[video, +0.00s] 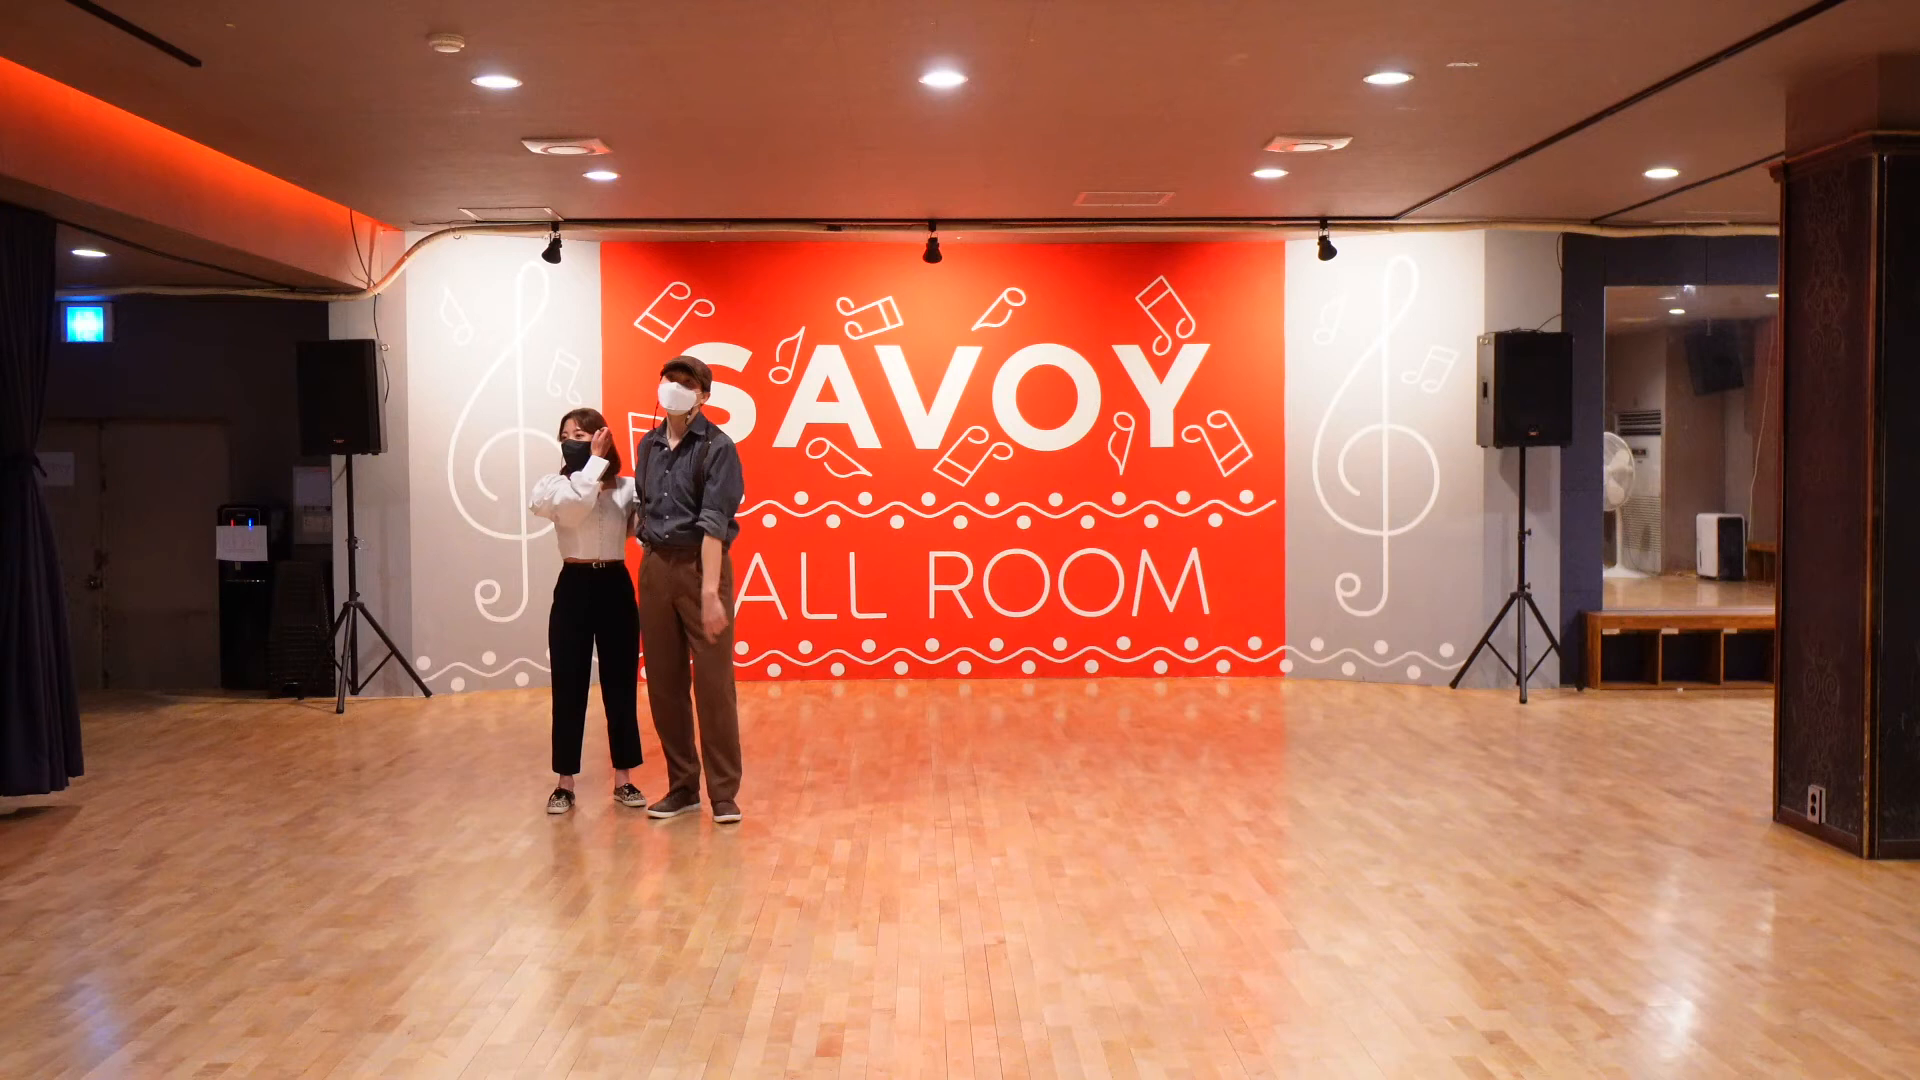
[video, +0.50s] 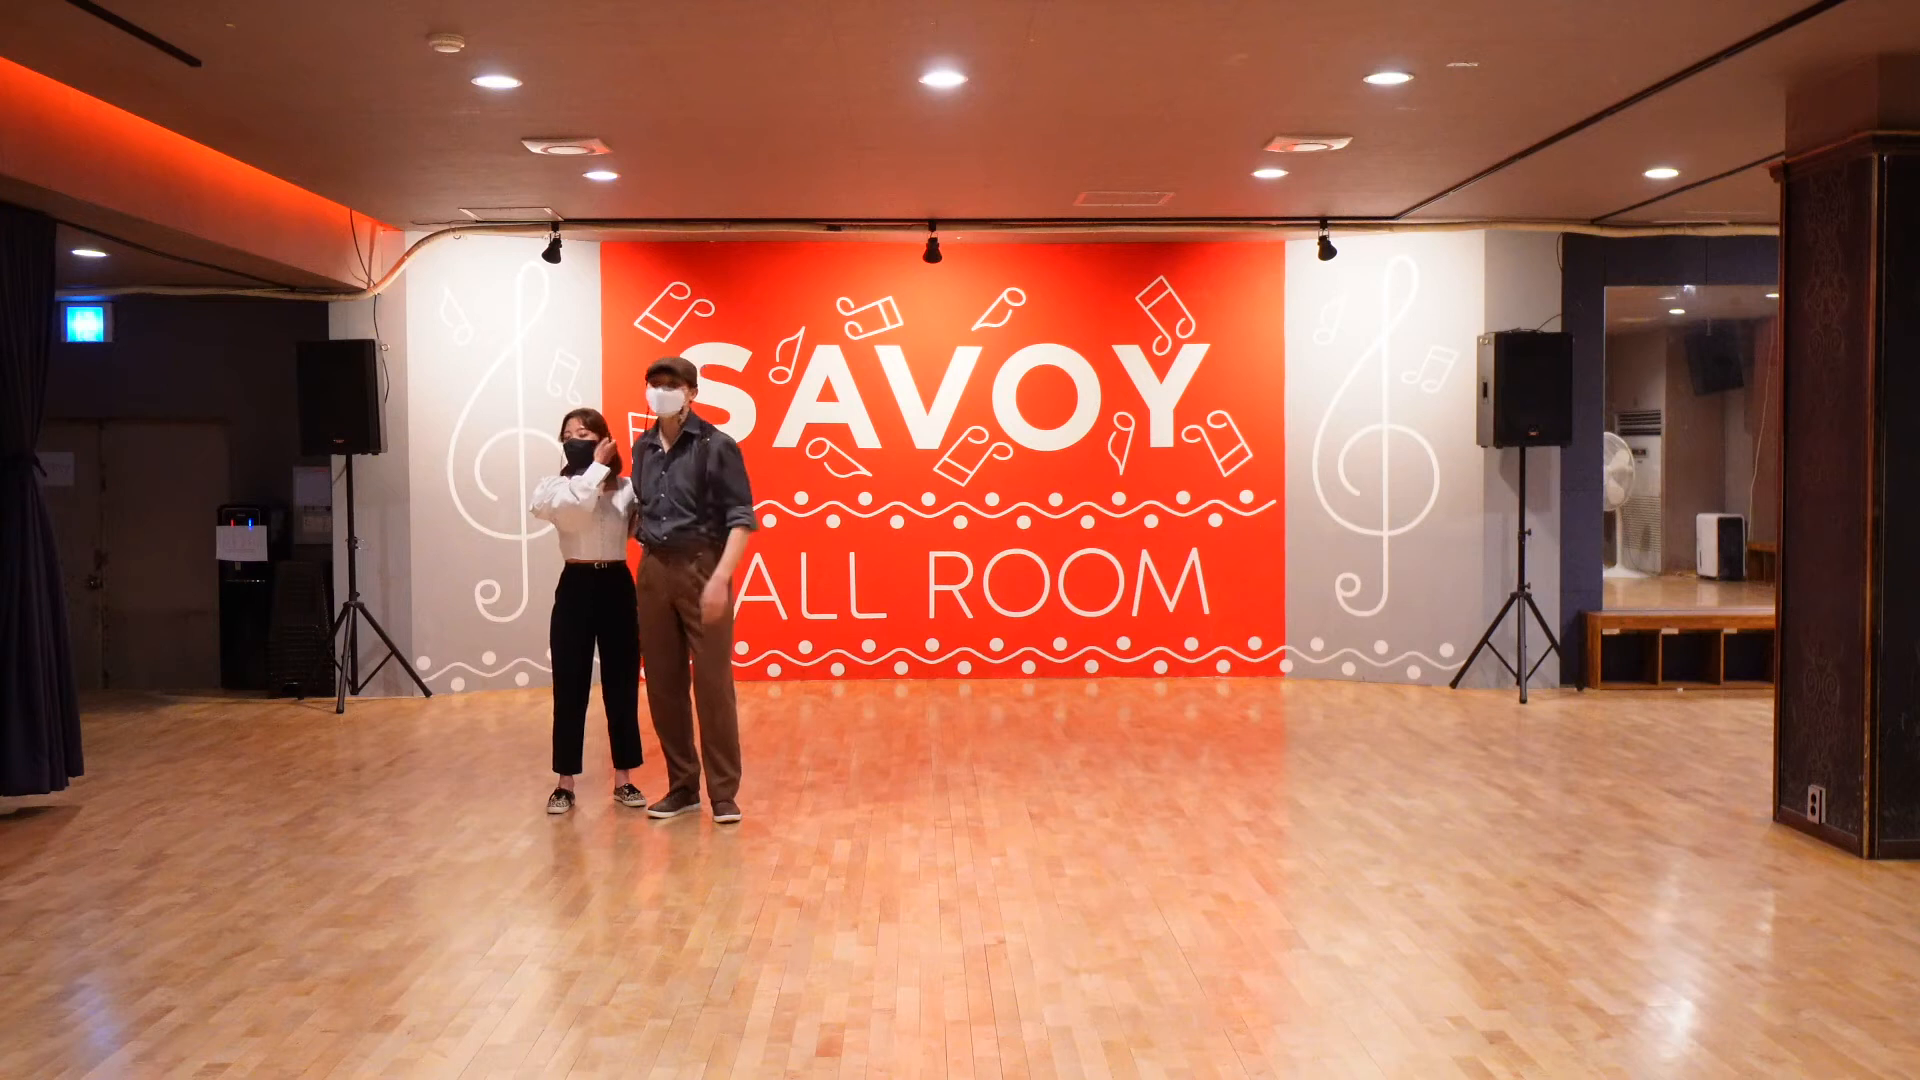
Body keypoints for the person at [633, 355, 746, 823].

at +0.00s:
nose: (672, 390)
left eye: (684, 384)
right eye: (669, 381)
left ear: (702, 396)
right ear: (659, 388)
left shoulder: (718, 448)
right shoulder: (649, 443)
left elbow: (715, 526)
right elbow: (642, 504)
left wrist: (711, 593)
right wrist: (637, 523)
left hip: (703, 569)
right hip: (654, 569)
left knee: (713, 684)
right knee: (665, 683)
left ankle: (723, 795)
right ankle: (683, 788)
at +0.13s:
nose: (671, 390)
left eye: (682, 384)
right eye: (667, 381)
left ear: (700, 395)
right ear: (658, 389)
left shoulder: (717, 449)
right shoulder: (649, 444)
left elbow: (723, 528)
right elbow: (641, 505)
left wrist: (723, 593)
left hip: (701, 569)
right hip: (653, 570)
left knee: (713, 684)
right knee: (665, 684)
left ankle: (723, 795)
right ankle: (683, 788)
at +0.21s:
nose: (668, 391)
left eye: (679, 385)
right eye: (664, 383)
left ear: (698, 396)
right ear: (655, 390)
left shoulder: (718, 448)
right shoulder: (648, 444)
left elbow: (734, 527)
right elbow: (641, 506)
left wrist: (735, 595)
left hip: (702, 570)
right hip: (653, 570)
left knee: (712, 685)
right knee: (664, 685)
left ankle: (723, 795)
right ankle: (683, 788)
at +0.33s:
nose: (667, 393)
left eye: (677, 387)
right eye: (661, 385)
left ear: (695, 395)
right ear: (652, 392)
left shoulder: (719, 448)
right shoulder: (644, 447)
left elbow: (744, 524)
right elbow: (639, 507)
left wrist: (741, 592)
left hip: (702, 570)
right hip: (653, 571)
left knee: (713, 685)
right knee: (664, 685)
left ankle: (723, 795)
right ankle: (683, 788)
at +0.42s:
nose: (664, 392)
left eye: (674, 386)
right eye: (658, 385)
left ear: (692, 395)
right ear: (650, 392)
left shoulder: (718, 448)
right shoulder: (644, 448)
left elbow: (746, 523)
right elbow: (640, 508)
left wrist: (735, 586)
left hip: (702, 570)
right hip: (653, 571)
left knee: (713, 684)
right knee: (664, 685)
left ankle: (723, 795)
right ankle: (683, 787)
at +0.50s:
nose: (660, 393)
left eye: (670, 386)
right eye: (654, 385)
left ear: (690, 394)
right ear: (647, 393)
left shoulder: (717, 446)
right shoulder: (644, 448)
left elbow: (744, 521)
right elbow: (640, 508)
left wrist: (720, 580)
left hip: (704, 569)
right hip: (653, 570)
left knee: (713, 684)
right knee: (664, 685)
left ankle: (724, 795)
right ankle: (683, 787)